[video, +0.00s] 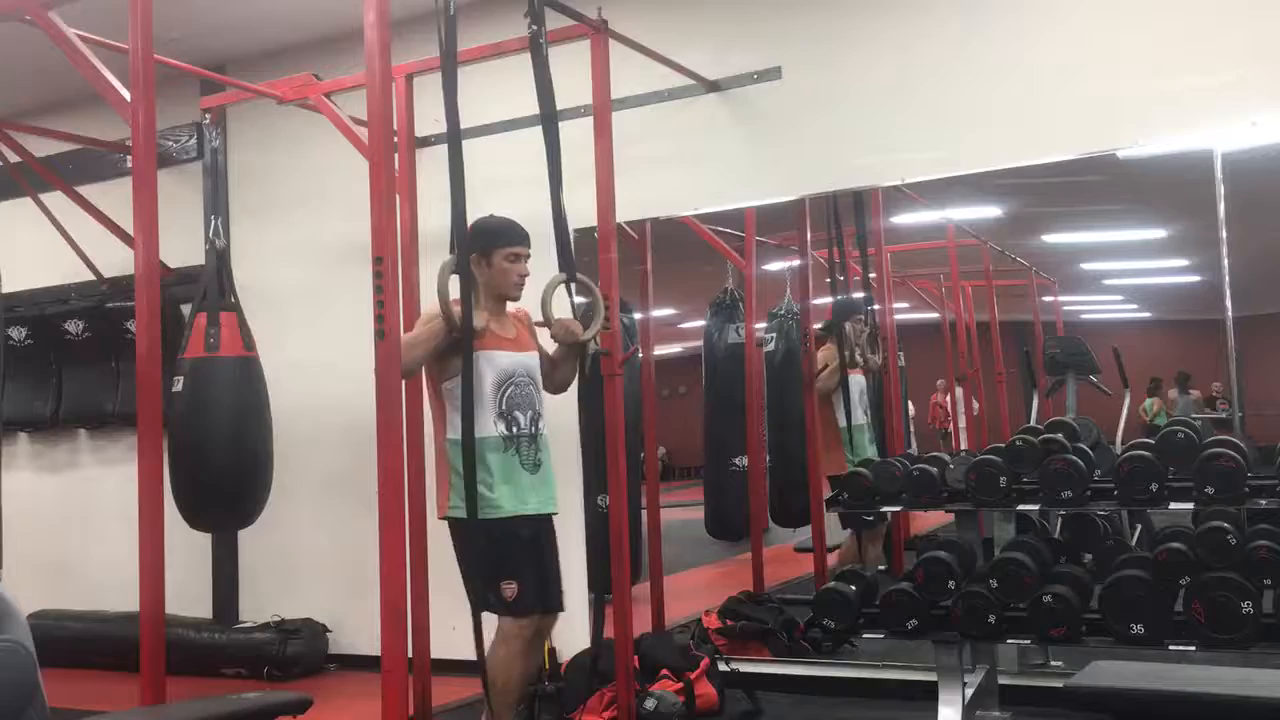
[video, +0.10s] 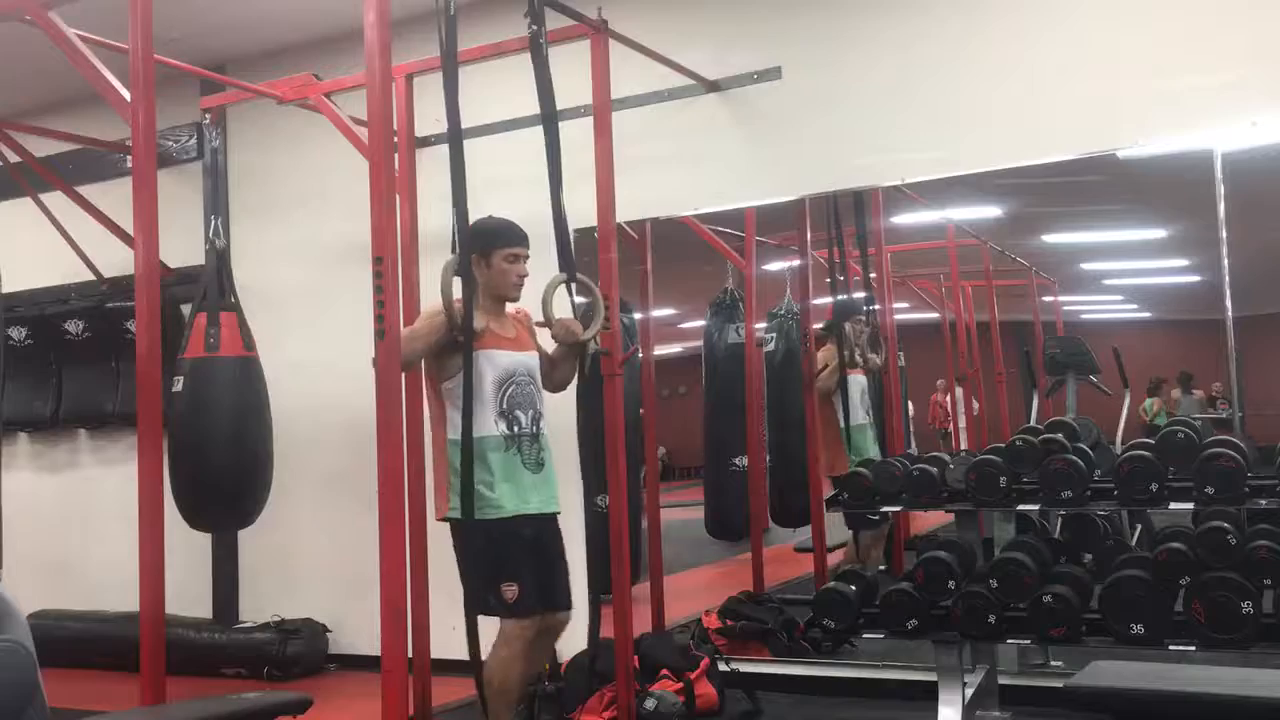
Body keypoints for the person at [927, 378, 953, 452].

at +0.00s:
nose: (941, 387)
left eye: (942, 385)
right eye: (939, 385)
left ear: (945, 386)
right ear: (937, 386)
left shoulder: (947, 396)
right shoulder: (934, 397)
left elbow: (949, 407)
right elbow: (931, 410)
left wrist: (940, 403)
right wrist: (930, 420)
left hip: (947, 420)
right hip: (938, 421)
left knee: (948, 437)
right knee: (941, 438)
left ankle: (950, 450)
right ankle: (942, 451)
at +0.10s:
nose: (941, 387)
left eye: (942, 385)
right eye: (939, 385)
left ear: (945, 386)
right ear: (937, 386)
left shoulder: (947, 396)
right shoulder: (934, 397)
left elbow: (950, 407)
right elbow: (931, 410)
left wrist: (941, 403)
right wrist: (931, 421)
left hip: (947, 421)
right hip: (938, 421)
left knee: (948, 437)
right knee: (941, 439)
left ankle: (950, 451)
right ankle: (942, 451)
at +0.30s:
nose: (941, 387)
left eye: (942, 385)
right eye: (939, 385)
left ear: (945, 386)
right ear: (937, 386)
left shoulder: (948, 396)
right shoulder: (934, 397)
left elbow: (951, 409)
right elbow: (932, 410)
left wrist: (951, 421)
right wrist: (931, 420)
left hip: (947, 421)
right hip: (938, 422)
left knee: (949, 438)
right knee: (941, 439)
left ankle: (950, 451)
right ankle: (942, 452)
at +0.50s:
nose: (941, 387)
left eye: (943, 385)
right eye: (940, 385)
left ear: (946, 386)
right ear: (938, 386)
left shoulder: (948, 396)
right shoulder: (935, 397)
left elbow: (950, 408)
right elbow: (933, 409)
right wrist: (931, 420)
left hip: (947, 421)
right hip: (938, 421)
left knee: (949, 438)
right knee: (941, 439)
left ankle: (950, 451)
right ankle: (943, 452)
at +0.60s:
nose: (941, 388)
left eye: (943, 386)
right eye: (940, 386)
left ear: (946, 386)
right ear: (938, 387)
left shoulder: (948, 396)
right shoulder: (935, 397)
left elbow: (951, 407)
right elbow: (933, 409)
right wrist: (931, 420)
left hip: (948, 421)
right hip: (939, 422)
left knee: (950, 438)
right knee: (941, 439)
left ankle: (952, 452)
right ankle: (943, 452)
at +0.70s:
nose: (942, 388)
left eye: (943, 385)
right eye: (940, 386)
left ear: (946, 386)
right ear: (938, 387)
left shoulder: (948, 396)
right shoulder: (935, 397)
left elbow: (951, 409)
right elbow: (934, 410)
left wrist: (952, 421)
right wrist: (932, 420)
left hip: (948, 421)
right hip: (939, 422)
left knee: (950, 438)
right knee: (941, 439)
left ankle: (951, 451)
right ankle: (943, 451)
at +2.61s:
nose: (944, 388)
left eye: (945, 386)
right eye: (942, 386)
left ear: (948, 386)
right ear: (940, 387)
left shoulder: (950, 396)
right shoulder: (938, 397)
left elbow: (953, 409)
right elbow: (935, 410)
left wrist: (953, 422)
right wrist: (933, 420)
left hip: (950, 422)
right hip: (941, 422)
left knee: (951, 439)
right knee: (942, 440)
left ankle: (953, 452)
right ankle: (943, 453)